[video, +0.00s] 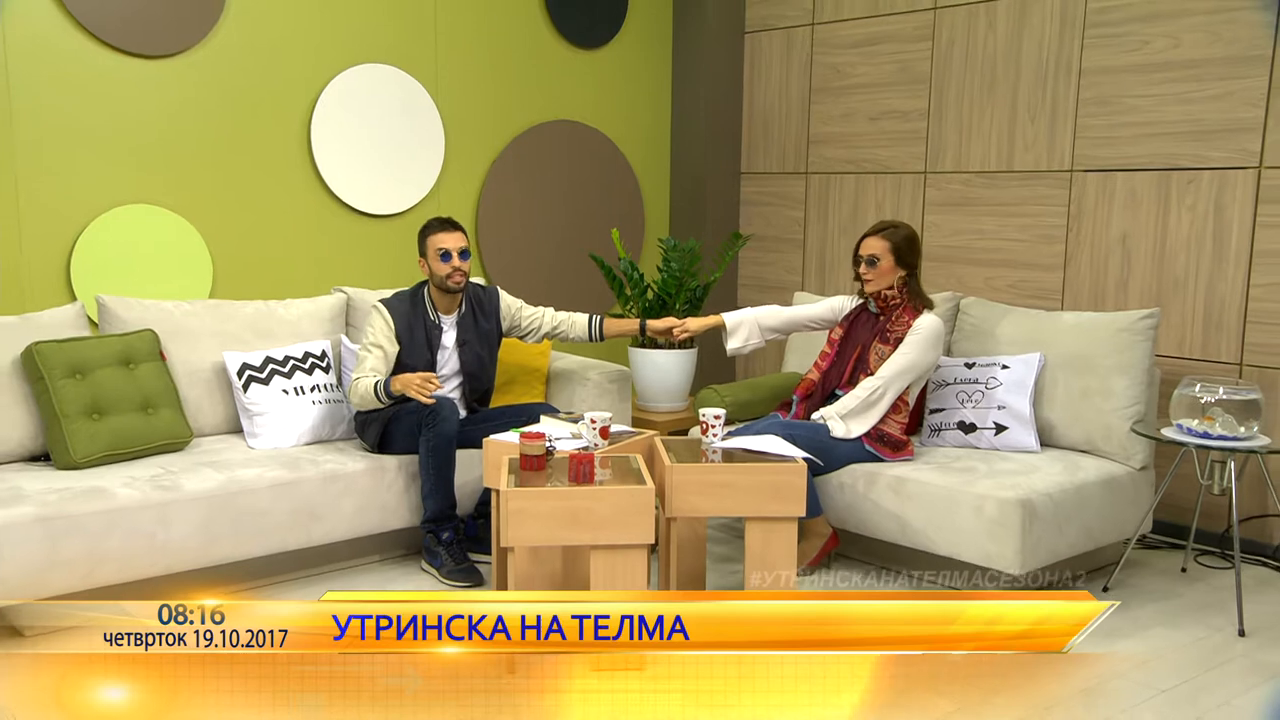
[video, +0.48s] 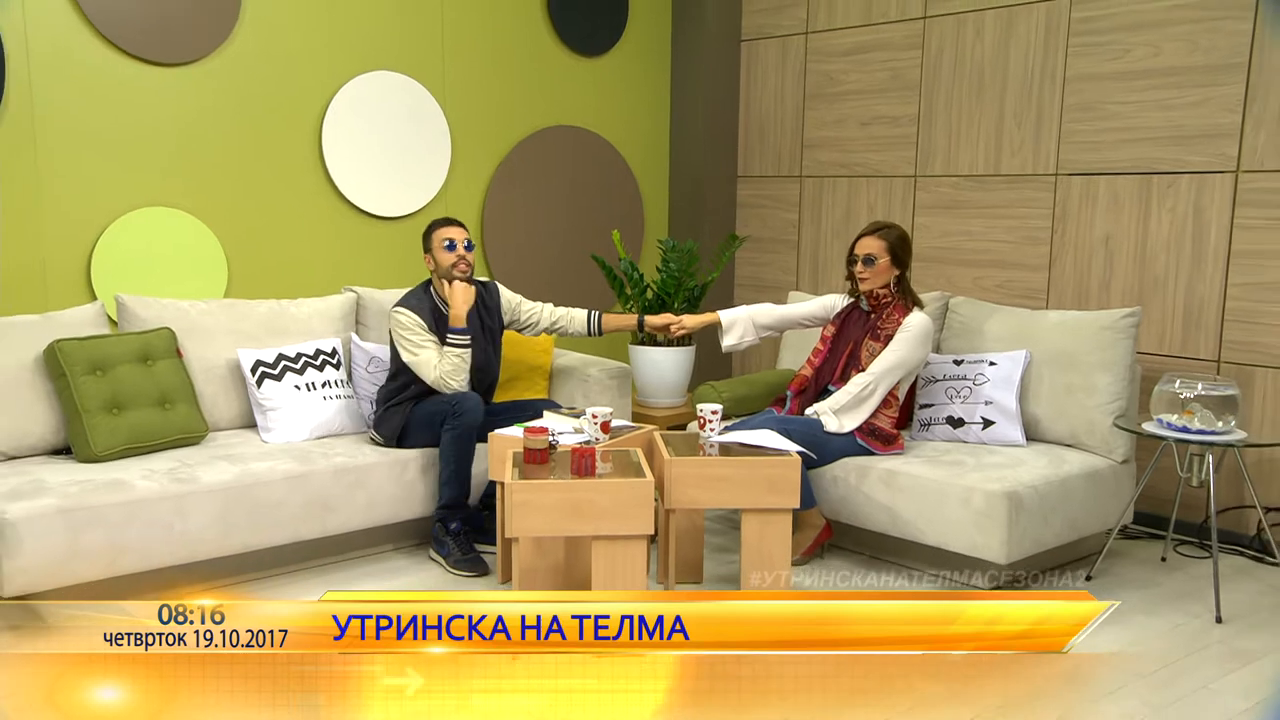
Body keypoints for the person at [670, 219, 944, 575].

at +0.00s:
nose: (862, 270)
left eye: (872, 261)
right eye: (860, 261)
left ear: (902, 267)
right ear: (857, 264)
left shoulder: (926, 326)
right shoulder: (852, 307)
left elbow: (883, 384)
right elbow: (784, 317)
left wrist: (821, 421)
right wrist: (710, 321)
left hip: (873, 433)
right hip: (825, 416)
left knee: (775, 439)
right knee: (738, 439)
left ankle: (817, 530)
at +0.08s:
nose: (863, 270)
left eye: (874, 261)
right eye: (860, 261)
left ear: (902, 267)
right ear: (857, 264)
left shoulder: (925, 326)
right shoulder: (851, 307)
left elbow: (881, 384)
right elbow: (784, 317)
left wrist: (819, 420)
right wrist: (710, 320)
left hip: (872, 432)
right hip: (825, 415)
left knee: (773, 437)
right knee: (739, 438)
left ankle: (816, 529)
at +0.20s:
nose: (862, 270)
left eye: (874, 261)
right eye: (859, 261)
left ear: (901, 267)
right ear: (855, 264)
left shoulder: (922, 326)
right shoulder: (849, 307)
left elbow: (879, 383)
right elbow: (782, 317)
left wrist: (819, 418)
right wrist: (709, 320)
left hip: (870, 431)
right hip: (821, 414)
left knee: (773, 437)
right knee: (736, 437)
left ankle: (814, 527)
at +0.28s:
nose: (862, 269)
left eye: (873, 261)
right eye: (858, 261)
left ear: (900, 267)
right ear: (854, 265)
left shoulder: (920, 325)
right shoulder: (847, 307)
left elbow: (878, 381)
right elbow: (781, 317)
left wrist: (816, 418)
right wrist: (708, 321)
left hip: (868, 431)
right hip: (820, 414)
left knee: (770, 435)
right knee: (735, 437)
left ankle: (813, 524)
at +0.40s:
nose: (859, 269)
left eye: (871, 261)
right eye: (856, 261)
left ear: (898, 267)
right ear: (852, 264)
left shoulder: (917, 324)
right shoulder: (845, 306)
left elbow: (875, 381)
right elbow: (779, 316)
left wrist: (815, 417)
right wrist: (707, 320)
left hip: (867, 429)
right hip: (820, 412)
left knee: (770, 434)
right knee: (735, 435)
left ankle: (812, 523)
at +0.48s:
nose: (858, 269)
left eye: (869, 261)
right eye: (855, 261)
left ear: (896, 266)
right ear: (851, 264)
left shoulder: (916, 324)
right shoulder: (844, 305)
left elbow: (873, 380)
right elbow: (779, 315)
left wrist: (814, 417)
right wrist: (707, 318)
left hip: (865, 428)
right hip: (818, 412)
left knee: (769, 433)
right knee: (736, 434)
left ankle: (811, 522)